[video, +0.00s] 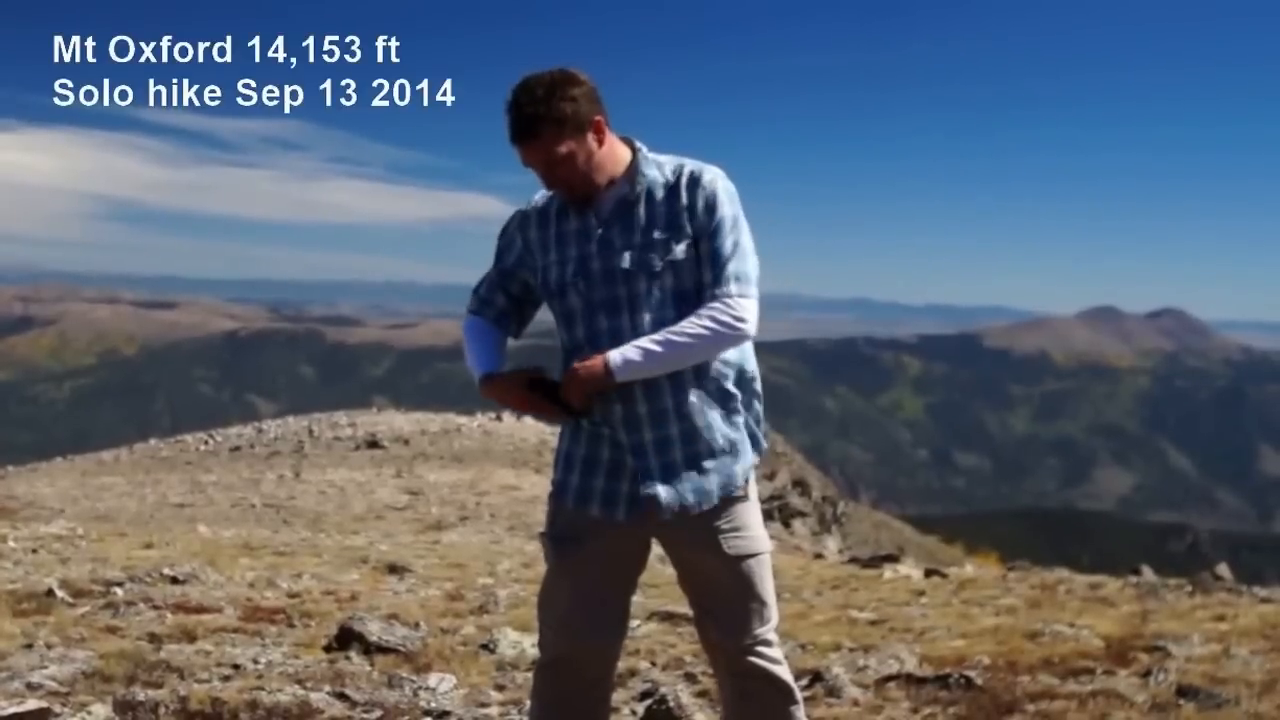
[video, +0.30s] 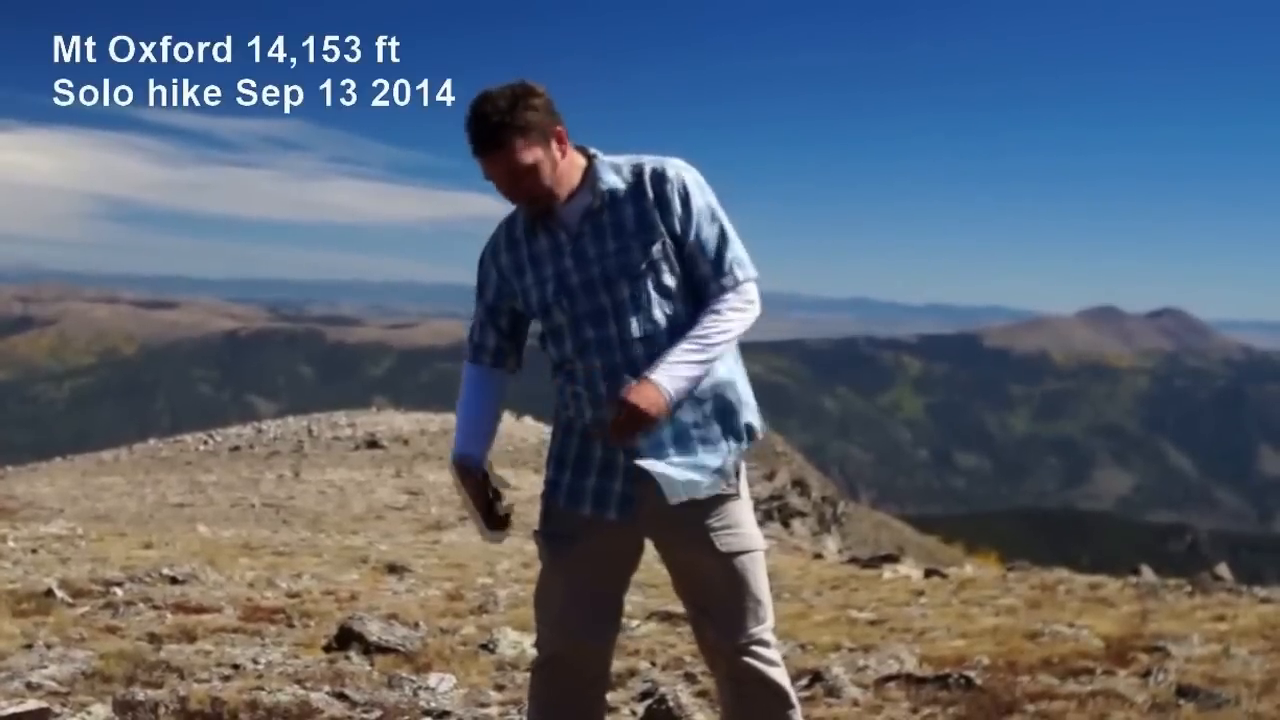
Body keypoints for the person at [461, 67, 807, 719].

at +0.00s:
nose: (550, 180)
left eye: (558, 161)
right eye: (537, 168)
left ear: (597, 133)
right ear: (526, 158)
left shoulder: (699, 191)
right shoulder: (534, 231)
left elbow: (734, 315)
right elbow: (486, 316)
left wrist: (611, 365)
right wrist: (493, 378)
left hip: (705, 463)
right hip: (595, 468)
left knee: (751, 663)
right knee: (569, 668)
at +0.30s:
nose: (514, 193)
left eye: (522, 173)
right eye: (499, 181)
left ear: (560, 144)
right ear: (484, 172)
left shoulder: (665, 186)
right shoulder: (509, 249)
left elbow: (739, 295)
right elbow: (488, 361)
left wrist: (665, 381)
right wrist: (468, 456)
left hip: (697, 458)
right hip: (587, 471)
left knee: (746, 658)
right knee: (566, 666)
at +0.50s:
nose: (524, 182)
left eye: (531, 160)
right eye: (505, 173)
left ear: (561, 140)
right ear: (488, 175)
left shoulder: (658, 185)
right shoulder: (504, 270)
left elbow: (745, 270)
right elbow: (498, 395)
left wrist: (751, 392)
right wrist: (476, 507)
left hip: (701, 459)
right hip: (592, 475)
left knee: (749, 658)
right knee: (567, 672)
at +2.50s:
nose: (461, 227)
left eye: (468, 207)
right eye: (444, 216)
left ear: (499, 170)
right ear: (425, 202)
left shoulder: (600, 192)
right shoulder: (439, 275)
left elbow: (687, 273)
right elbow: (427, 376)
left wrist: (706, 391)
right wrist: (431, 471)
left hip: (643, 447)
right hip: (536, 463)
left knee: (676, 646)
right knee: (542, 663)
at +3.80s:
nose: (511, 167)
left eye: (520, 148)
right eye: (493, 155)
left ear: (542, 132)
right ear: (466, 152)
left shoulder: (622, 189)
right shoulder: (450, 251)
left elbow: (691, 290)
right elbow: (447, 360)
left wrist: (709, 411)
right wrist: (460, 461)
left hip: (649, 448)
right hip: (539, 462)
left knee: (698, 641)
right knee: (541, 656)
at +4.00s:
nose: (581, 170)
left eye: (589, 153)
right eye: (563, 158)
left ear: (608, 133)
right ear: (533, 151)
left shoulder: (679, 199)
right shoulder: (500, 241)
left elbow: (732, 304)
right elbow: (469, 353)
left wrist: (744, 423)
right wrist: (435, 455)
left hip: (681, 461)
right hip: (570, 470)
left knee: (733, 656)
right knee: (556, 666)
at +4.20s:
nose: (670, 177)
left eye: (678, 160)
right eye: (653, 164)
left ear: (691, 141)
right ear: (615, 151)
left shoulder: (747, 207)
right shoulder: (568, 238)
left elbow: (790, 316)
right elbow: (526, 343)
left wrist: (797, 434)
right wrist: (468, 432)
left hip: (737, 469)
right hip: (624, 474)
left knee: (763, 664)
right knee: (582, 661)